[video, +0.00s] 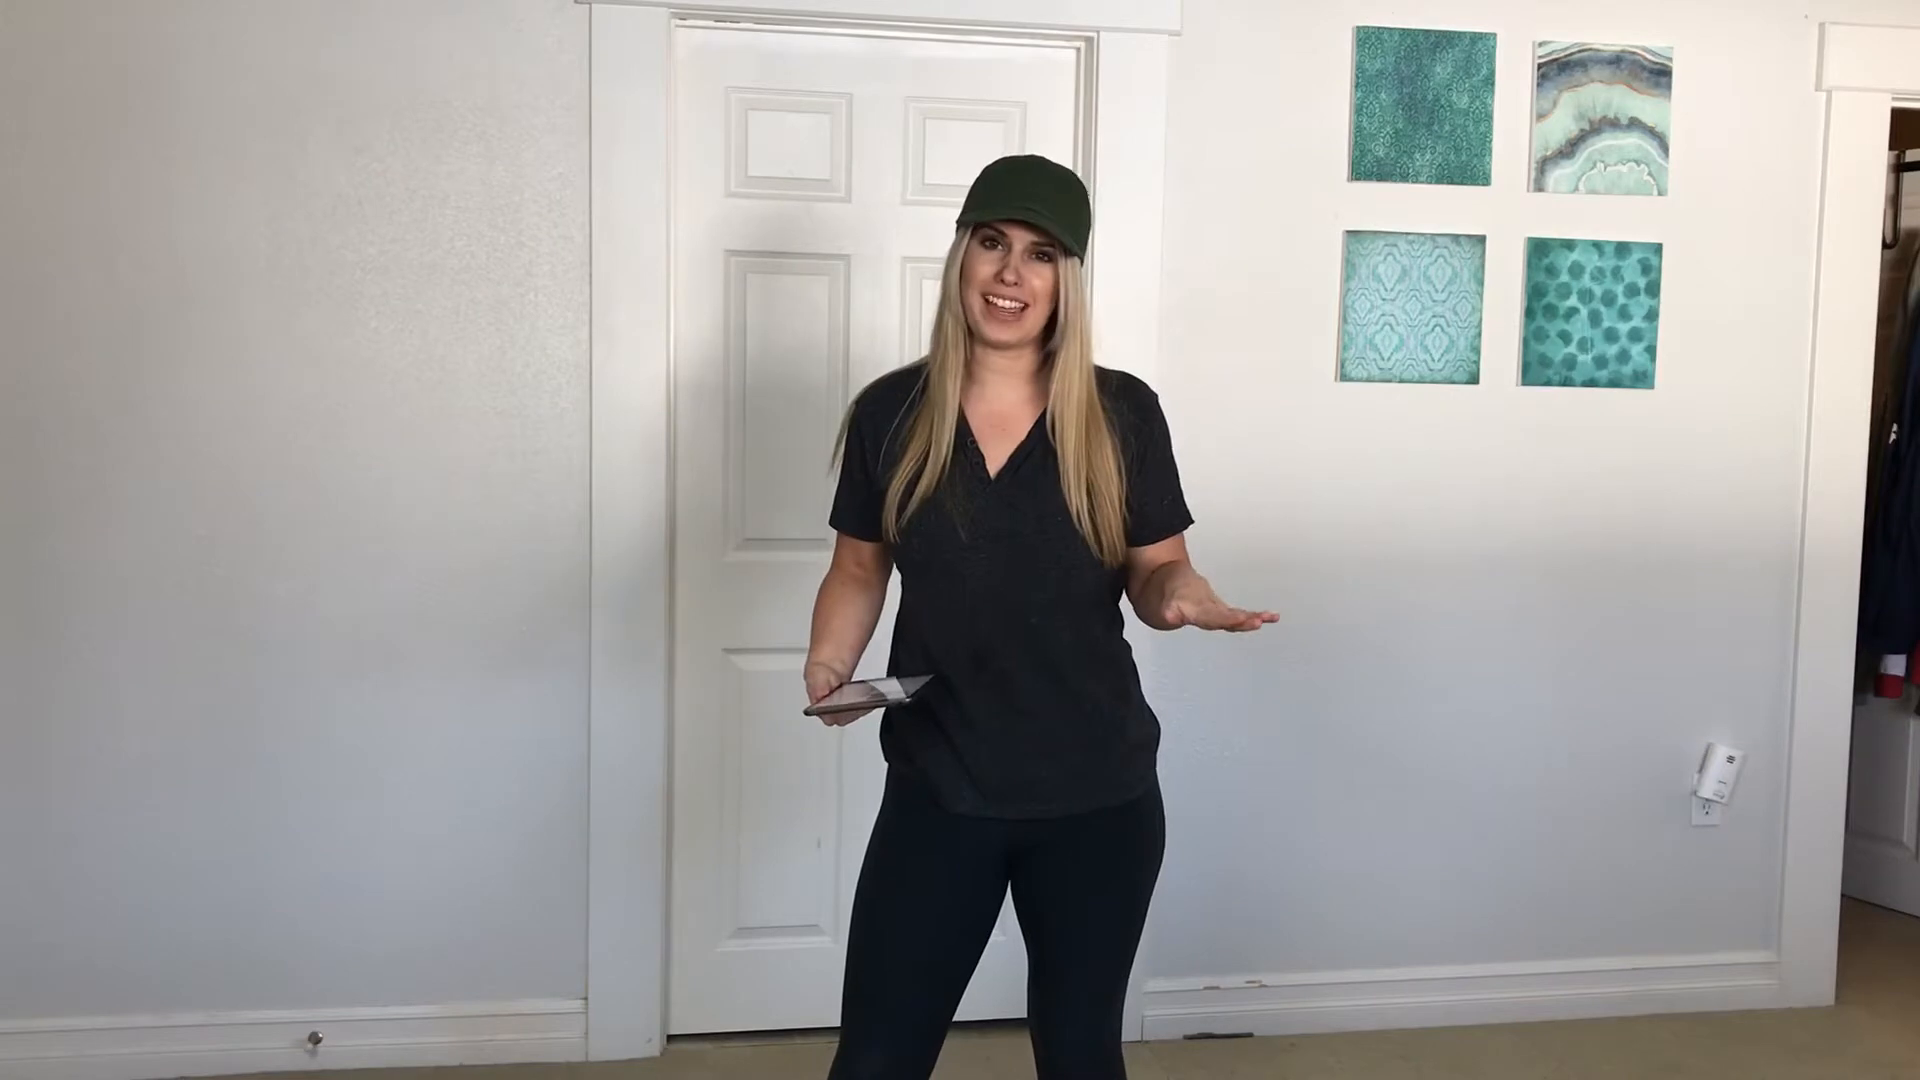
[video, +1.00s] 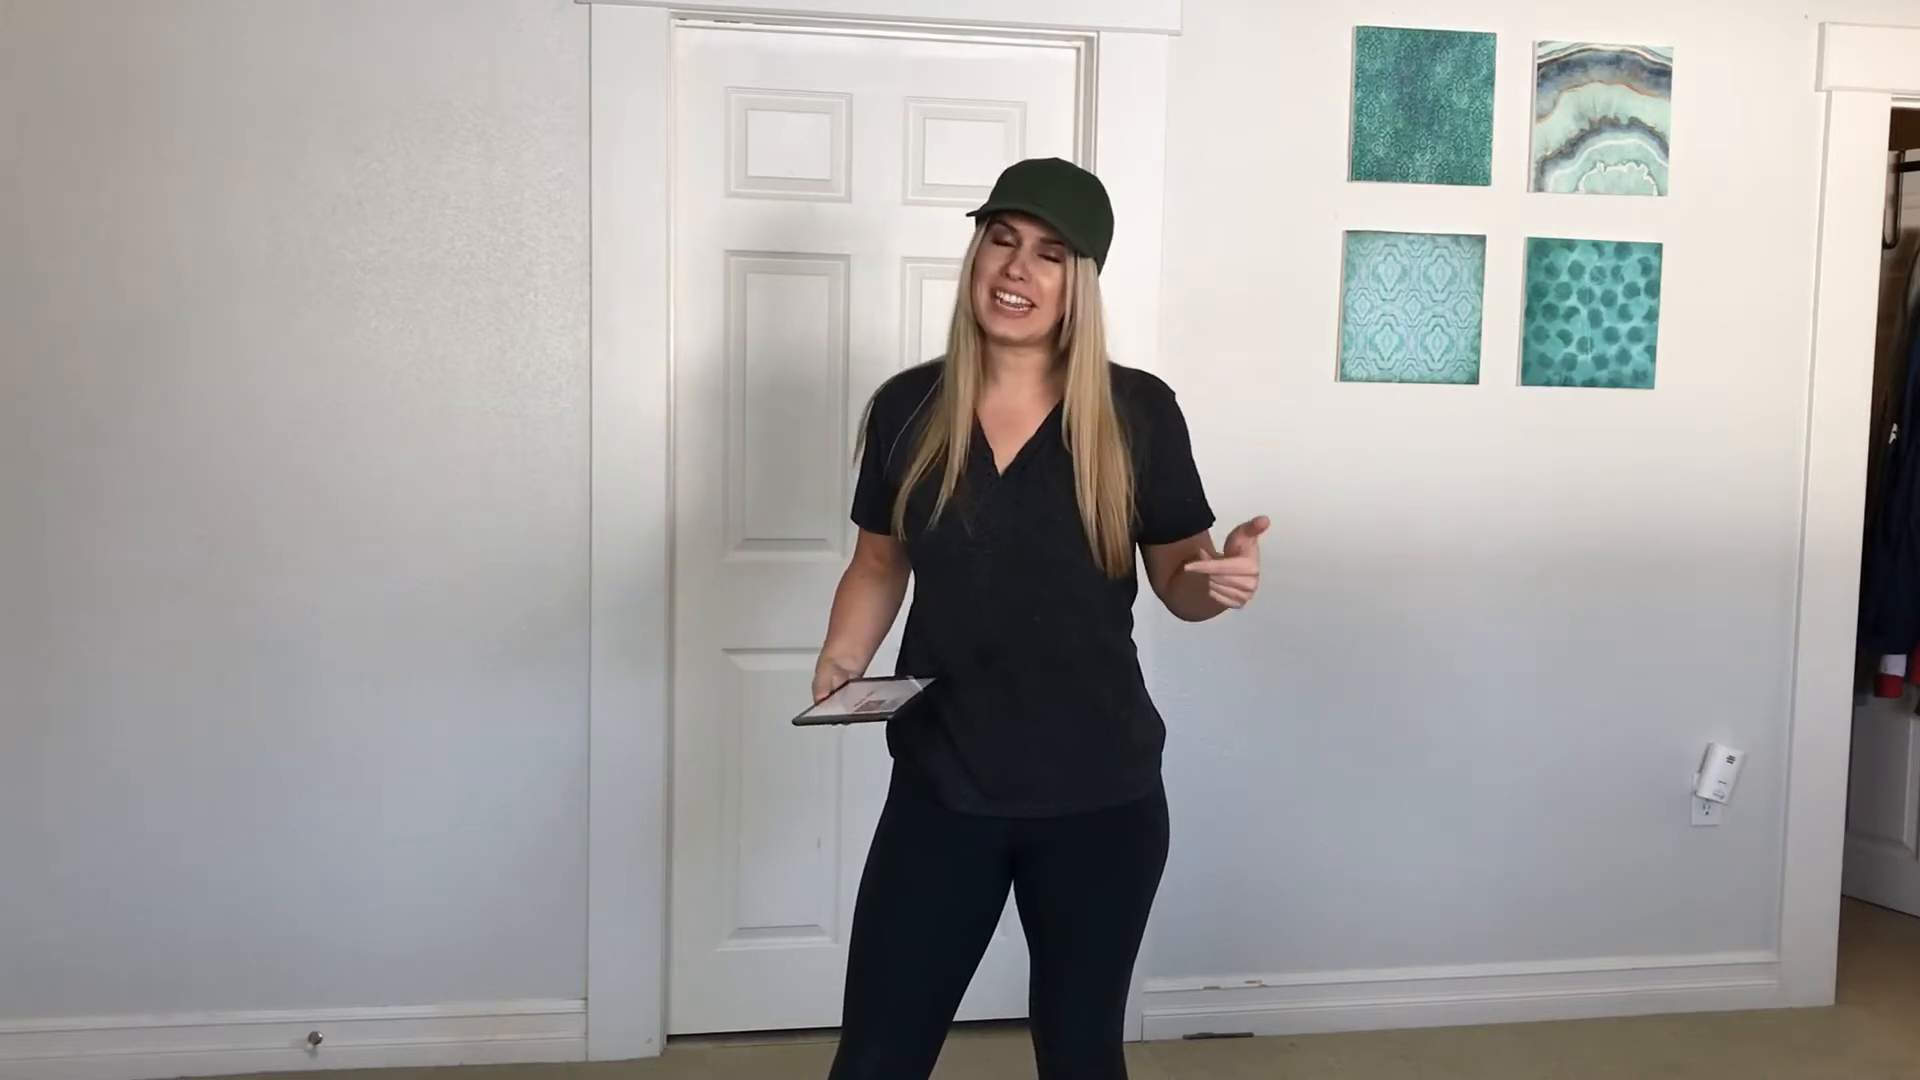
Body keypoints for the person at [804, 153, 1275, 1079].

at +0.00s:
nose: (1011, 273)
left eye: (1039, 255)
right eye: (993, 245)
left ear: (1069, 280)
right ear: (959, 259)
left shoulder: (1119, 409)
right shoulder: (892, 412)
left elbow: (1158, 567)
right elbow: (856, 569)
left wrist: (1186, 599)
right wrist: (829, 664)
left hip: (1095, 792)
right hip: (941, 787)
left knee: (1079, 1055)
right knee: (876, 1058)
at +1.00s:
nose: (1016, 268)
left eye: (1047, 253)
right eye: (1001, 240)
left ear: (1082, 283)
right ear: (973, 255)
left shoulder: (1136, 410)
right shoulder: (909, 408)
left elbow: (1176, 578)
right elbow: (878, 562)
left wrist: (1216, 576)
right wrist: (841, 659)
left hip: (1097, 793)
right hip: (944, 787)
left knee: (1079, 1057)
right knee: (875, 1058)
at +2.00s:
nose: (1015, 272)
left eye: (1044, 256)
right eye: (998, 246)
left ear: (1076, 281)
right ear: (967, 261)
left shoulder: (1132, 411)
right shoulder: (907, 408)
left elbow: (1178, 598)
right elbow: (875, 562)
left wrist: (1229, 559)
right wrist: (840, 658)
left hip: (1096, 792)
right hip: (943, 786)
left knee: (1078, 1055)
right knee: (875, 1056)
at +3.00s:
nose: (1030, 270)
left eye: (1057, 252)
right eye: (1009, 246)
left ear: (1088, 275)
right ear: (978, 264)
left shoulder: (1138, 411)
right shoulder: (914, 407)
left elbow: (1188, 595)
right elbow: (875, 561)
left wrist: (1205, 522)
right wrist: (850, 658)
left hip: (1097, 790)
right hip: (944, 786)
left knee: (1080, 1055)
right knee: (877, 1057)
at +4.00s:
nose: (1000, 263)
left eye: (1031, 247)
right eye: (987, 238)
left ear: (1068, 276)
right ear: (963, 254)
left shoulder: (1127, 407)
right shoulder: (914, 414)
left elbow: (1192, 591)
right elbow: (899, 567)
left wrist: (1220, 546)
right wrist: (835, 641)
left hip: (1093, 801)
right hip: (941, 797)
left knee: (1077, 1057)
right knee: (875, 1059)